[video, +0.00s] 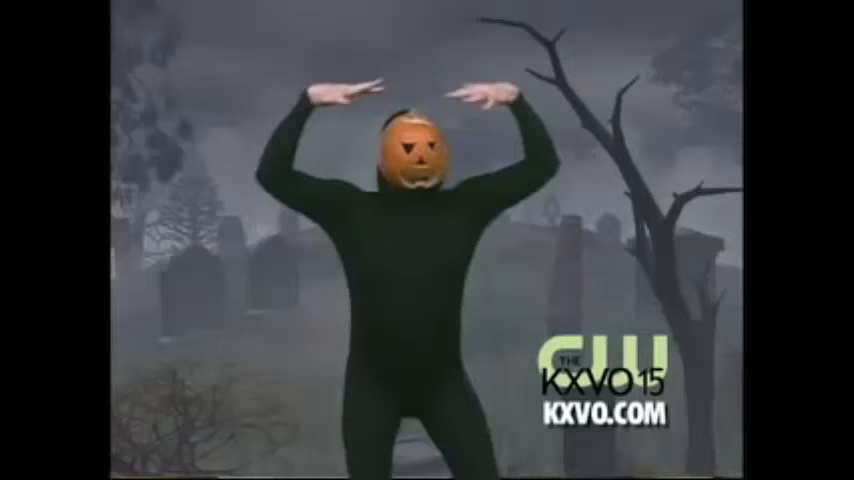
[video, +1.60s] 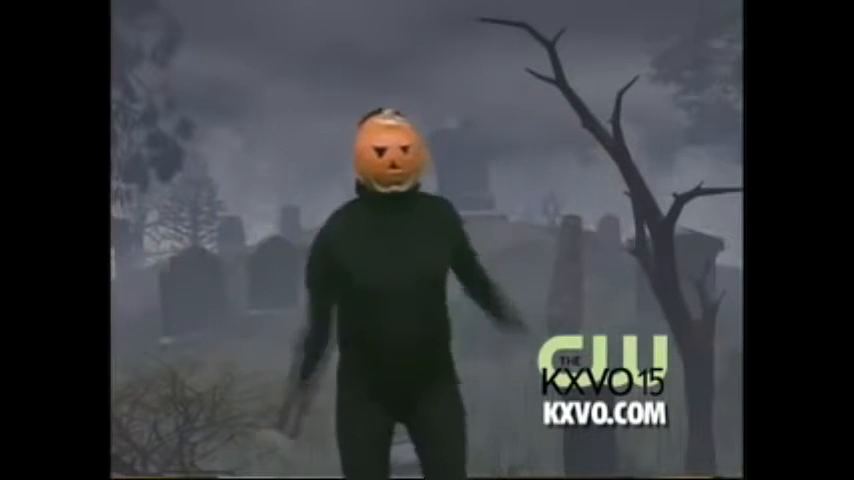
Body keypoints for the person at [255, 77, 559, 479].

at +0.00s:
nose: (420, 153)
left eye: (430, 146)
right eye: (406, 146)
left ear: (445, 159)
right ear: (382, 160)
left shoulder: (467, 206)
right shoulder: (348, 208)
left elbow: (542, 163)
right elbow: (273, 174)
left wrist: (517, 101)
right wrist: (306, 101)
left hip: (444, 382)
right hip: (372, 385)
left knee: (481, 472)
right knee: (367, 473)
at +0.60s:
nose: (418, 157)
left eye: (429, 148)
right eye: (403, 148)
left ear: (444, 161)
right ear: (380, 163)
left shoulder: (469, 214)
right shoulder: (345, 217)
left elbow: (551, 207)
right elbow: (257, 220)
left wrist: (569, 138)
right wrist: (248, 142)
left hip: (442, 384)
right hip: (370, 387)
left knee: (480, 474)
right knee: (367, 474)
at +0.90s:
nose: (414, 156)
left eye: (425, 148)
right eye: (400, 147)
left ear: (441, 161)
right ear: (377, 163)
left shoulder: (465, 219)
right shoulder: (345, 224)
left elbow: (548, 233)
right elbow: (261, 259)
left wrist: (597, 172)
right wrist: (211, 194)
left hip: (439, 385)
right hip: (367, 388)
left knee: (475, 473)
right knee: (365, 475)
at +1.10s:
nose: (407, 156)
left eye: (418, 148)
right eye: (393, 149)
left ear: (435, 162)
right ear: (374, 164)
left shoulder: (461, 223)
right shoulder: (343, 228)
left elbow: (539, 249)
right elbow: (271, 282)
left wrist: (606, 204)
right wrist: (198, 243)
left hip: (437, 387)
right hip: (364, 389)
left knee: (472, 475)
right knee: (362, 479)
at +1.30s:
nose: (401, 154)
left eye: (411, 147)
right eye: (388, 148)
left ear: (427, 162)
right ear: (369, 164)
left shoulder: (453, 224)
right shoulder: (340, 230)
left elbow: (527, 262)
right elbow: (278, 299)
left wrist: (602, 239)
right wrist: (197, 297)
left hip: (434, 388)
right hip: (363, 391)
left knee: (469, 472)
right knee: (361, 475)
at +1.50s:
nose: (394, 158)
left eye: (405, 148)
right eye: (381, 151)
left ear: (422, 161)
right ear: (362, 164)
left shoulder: (446, 223)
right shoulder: (333, 235)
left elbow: (508, 277)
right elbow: (291, 315)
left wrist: (581, 282)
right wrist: (227, 364)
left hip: (432, 387)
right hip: (361, 392)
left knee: (462, 472)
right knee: (360, 475)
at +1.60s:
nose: (394, 160)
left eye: (405, 149)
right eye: (380, 150)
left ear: (421, 157)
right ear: (358, 161)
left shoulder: (439, 215)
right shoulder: (338, 231)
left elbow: (473, 275)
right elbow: (319, 324)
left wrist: (509, 319)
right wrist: (300, 391)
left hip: (432, 384)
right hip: (364, 389)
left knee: (449, 472)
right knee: (364, 473)